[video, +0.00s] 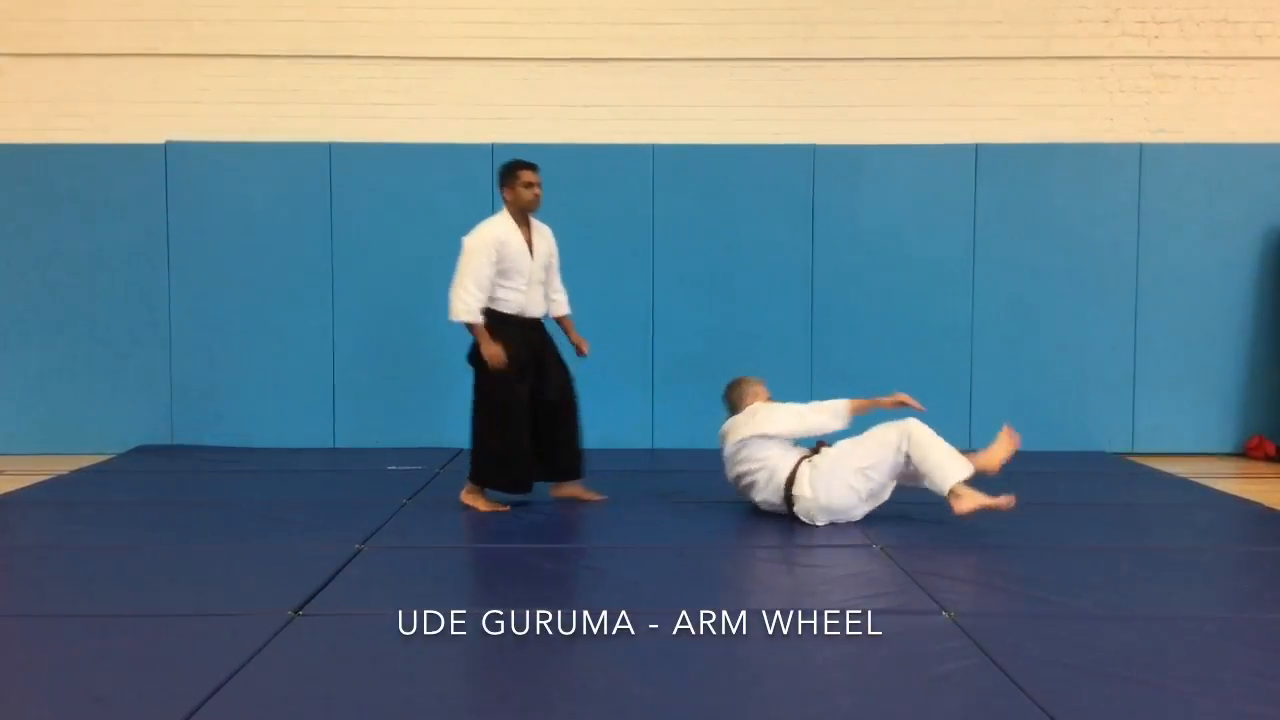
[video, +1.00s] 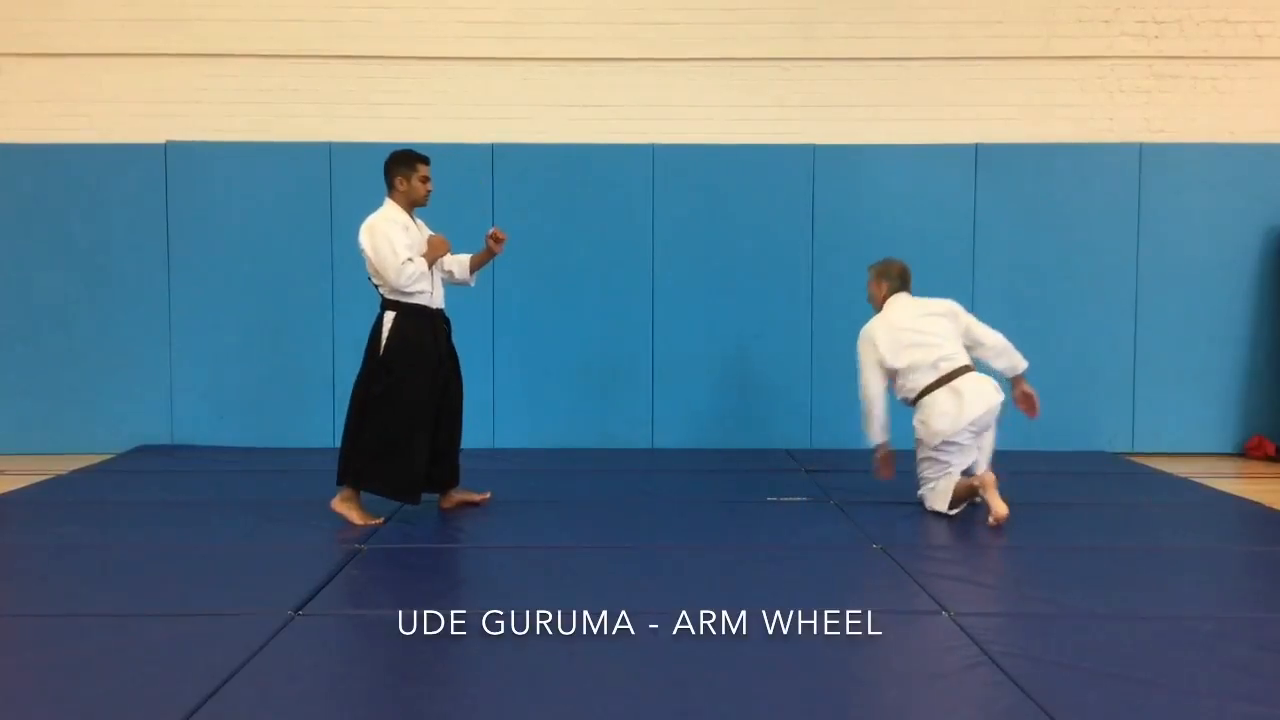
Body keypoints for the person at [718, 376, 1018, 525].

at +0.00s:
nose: (771, 401)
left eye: (768, 397)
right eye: (766, 396)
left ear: (733, 406)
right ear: (753, 398)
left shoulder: (734, 450)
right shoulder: (755, 417)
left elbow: (772, 484)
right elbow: (819, 414)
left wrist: (811, 457)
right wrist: (879, 402)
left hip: (814, 512)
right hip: (816, 482)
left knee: (901, 466)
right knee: (906, 430)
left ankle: (979, 462)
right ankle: (959, 493)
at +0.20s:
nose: (823, 374)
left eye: (822, 369)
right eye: (821, 369)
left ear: (786, 372)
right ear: (814, 368)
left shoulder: (763, 429)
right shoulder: (812, 386)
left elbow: (781, 490)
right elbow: (872, 402)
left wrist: (835, 453)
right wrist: (932, 408)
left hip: (830, 509)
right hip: (839, 476)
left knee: (893, 466)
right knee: (920, 423)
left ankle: (946, 491)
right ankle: (926, 499)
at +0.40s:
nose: (871, 360)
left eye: (868, 355)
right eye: (869, 355)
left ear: (835, 360)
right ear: (864, 356)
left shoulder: (807, 397)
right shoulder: (862, 374)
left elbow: (789, 455)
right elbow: (924, 398)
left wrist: (806, 490)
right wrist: (947, 415)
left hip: (834, 503)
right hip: (845, 464)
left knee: (912, 490)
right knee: (937, 436)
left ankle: (940, 517)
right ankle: (912, 515)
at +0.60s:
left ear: (853, 353)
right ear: (884, 346)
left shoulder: (835, 385)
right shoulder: (894, 357)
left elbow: (811, 440)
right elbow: (955, 381)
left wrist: (808, 487)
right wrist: (969, 408)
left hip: (861, 465)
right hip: (893, 432)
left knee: (930, 485)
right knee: (992, 448)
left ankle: (949, 508)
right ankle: (933, 495)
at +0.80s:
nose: (856, 331)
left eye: (856, 326)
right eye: (857, 326)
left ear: (861, 327)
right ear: (889, 320)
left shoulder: (854, 361)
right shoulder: (918, 331)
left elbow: (831, 423)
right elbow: (973, 354)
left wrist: (825, 473)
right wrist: (990, 384)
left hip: (913, 426)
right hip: (951, 399)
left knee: (926, 493)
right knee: (1011, 428)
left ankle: (958, 491)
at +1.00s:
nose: (868, 291)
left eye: (871, 284)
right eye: (869, 284)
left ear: (882, 287)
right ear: (906, 286)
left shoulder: (873, 332)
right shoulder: (943, 307)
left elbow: (872, 392)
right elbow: (992, 341)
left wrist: (881, 445)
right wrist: (1018, 380)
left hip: (939, 413)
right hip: (982, 394)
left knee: (934, 492)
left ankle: (977, 483)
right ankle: (984, 488)